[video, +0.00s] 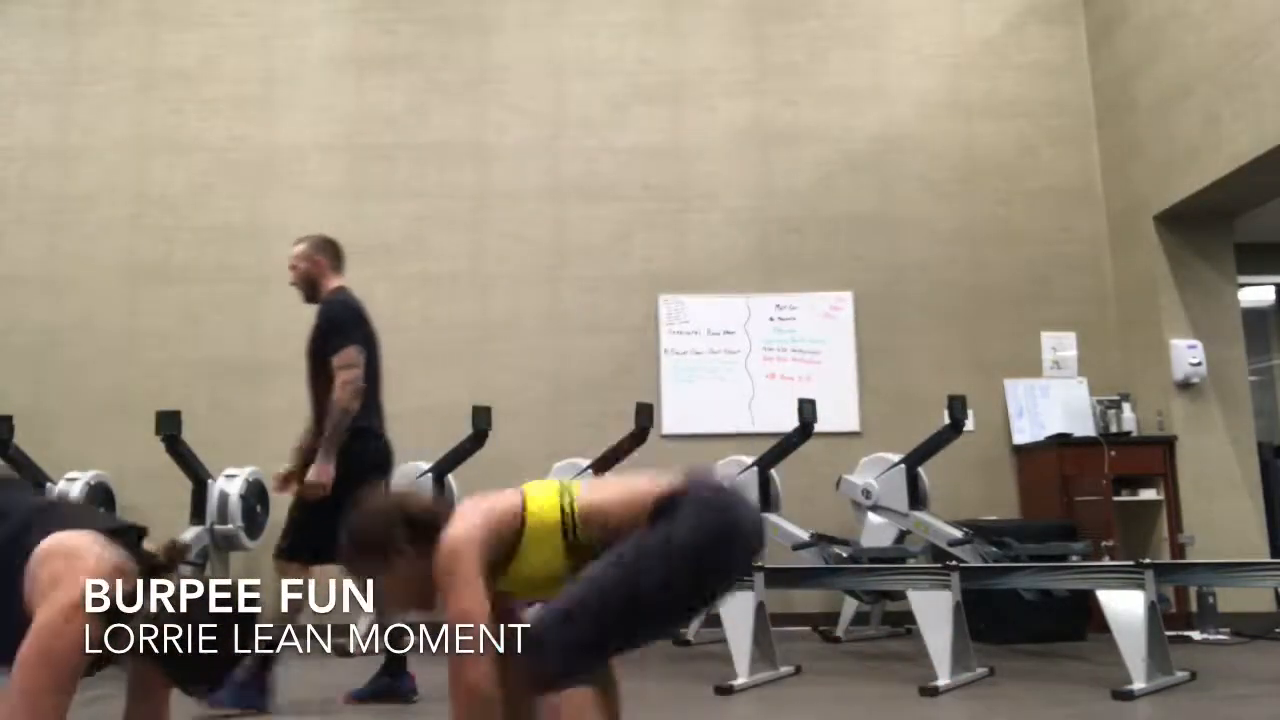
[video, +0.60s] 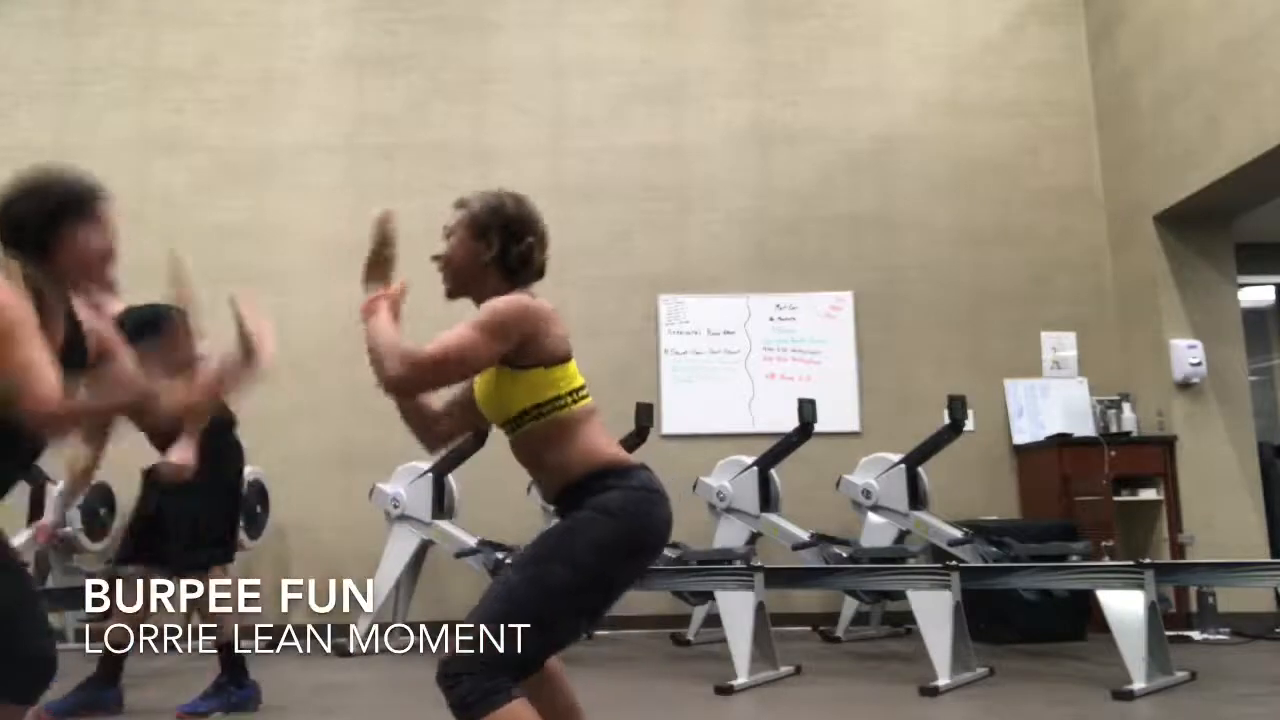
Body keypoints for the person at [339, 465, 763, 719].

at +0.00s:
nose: (382, 600)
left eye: (375, 582)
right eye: (370, 586)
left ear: (402, 554)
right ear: (407, 549)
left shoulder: (460, 539)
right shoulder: (473, 548)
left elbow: (475, 683)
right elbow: (497, 671)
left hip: (707, 518)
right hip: (710, 522)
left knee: (558, 644)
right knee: (562, 641)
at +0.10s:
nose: (376, 513)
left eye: (379, 495)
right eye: (371, 497)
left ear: (415, 482)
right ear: (425, 477)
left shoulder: (475, 505)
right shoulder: (477, 512)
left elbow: (446, 653)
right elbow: (497, 645)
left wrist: (409, 712)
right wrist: (500, 707)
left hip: (707, 559)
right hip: (706, 559)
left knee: (523, 664)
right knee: (552, 652)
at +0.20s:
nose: (384, 423)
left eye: (392, 407)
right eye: (383, 409)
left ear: (427, 401)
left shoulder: (483, 440)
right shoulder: (483, 460)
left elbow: (421, 581)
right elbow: (498, 601)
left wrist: (332, 605)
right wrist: (454, 670)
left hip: (690, 548)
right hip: (682, 548)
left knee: (511, 664)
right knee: (539, 648)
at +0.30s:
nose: (395, 337)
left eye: (406, 320)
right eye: (398, 321)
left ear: (446, 326)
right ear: (445, 328)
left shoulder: (499, 375)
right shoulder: (498, 398)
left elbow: (429, 495)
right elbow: (492, 535)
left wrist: (349, 489)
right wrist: (407, 555)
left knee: (499, 662)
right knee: (525, 641)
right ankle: (582, 714)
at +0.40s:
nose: (413, 284)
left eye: (424, 268)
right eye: (417, 269)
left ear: (463, 274)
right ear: (466, 275)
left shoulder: (511, 333)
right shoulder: (503, 360)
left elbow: (422, 428)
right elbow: (470, 482)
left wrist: (348, 386)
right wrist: (384, 453)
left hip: (644, 507)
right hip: (628, 511)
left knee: (492, 666)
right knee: (524, 649)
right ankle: (576, 714)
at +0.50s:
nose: (424, 261)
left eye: (435, 244)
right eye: (428, 245)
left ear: (473, 253)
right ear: (474, 254)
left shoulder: (513, 313)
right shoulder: (508, 344)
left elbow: (410, 392)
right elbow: (452, 452)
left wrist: (356, 328)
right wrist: (385, 405)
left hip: (630, 497)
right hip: (618, 501)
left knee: (486, 665)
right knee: (528, 643)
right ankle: (578, 716)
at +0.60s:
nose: (440, 249)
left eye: (452, 236)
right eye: (445, 236)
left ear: (489, 249)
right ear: (488, 251)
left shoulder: (516, 312)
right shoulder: (510, 347)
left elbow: (401, 372)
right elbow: (437, 430)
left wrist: (378, 311)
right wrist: (383, 342)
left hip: (618, 508)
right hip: (608, 510)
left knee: (470, 672)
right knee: (517, 649)